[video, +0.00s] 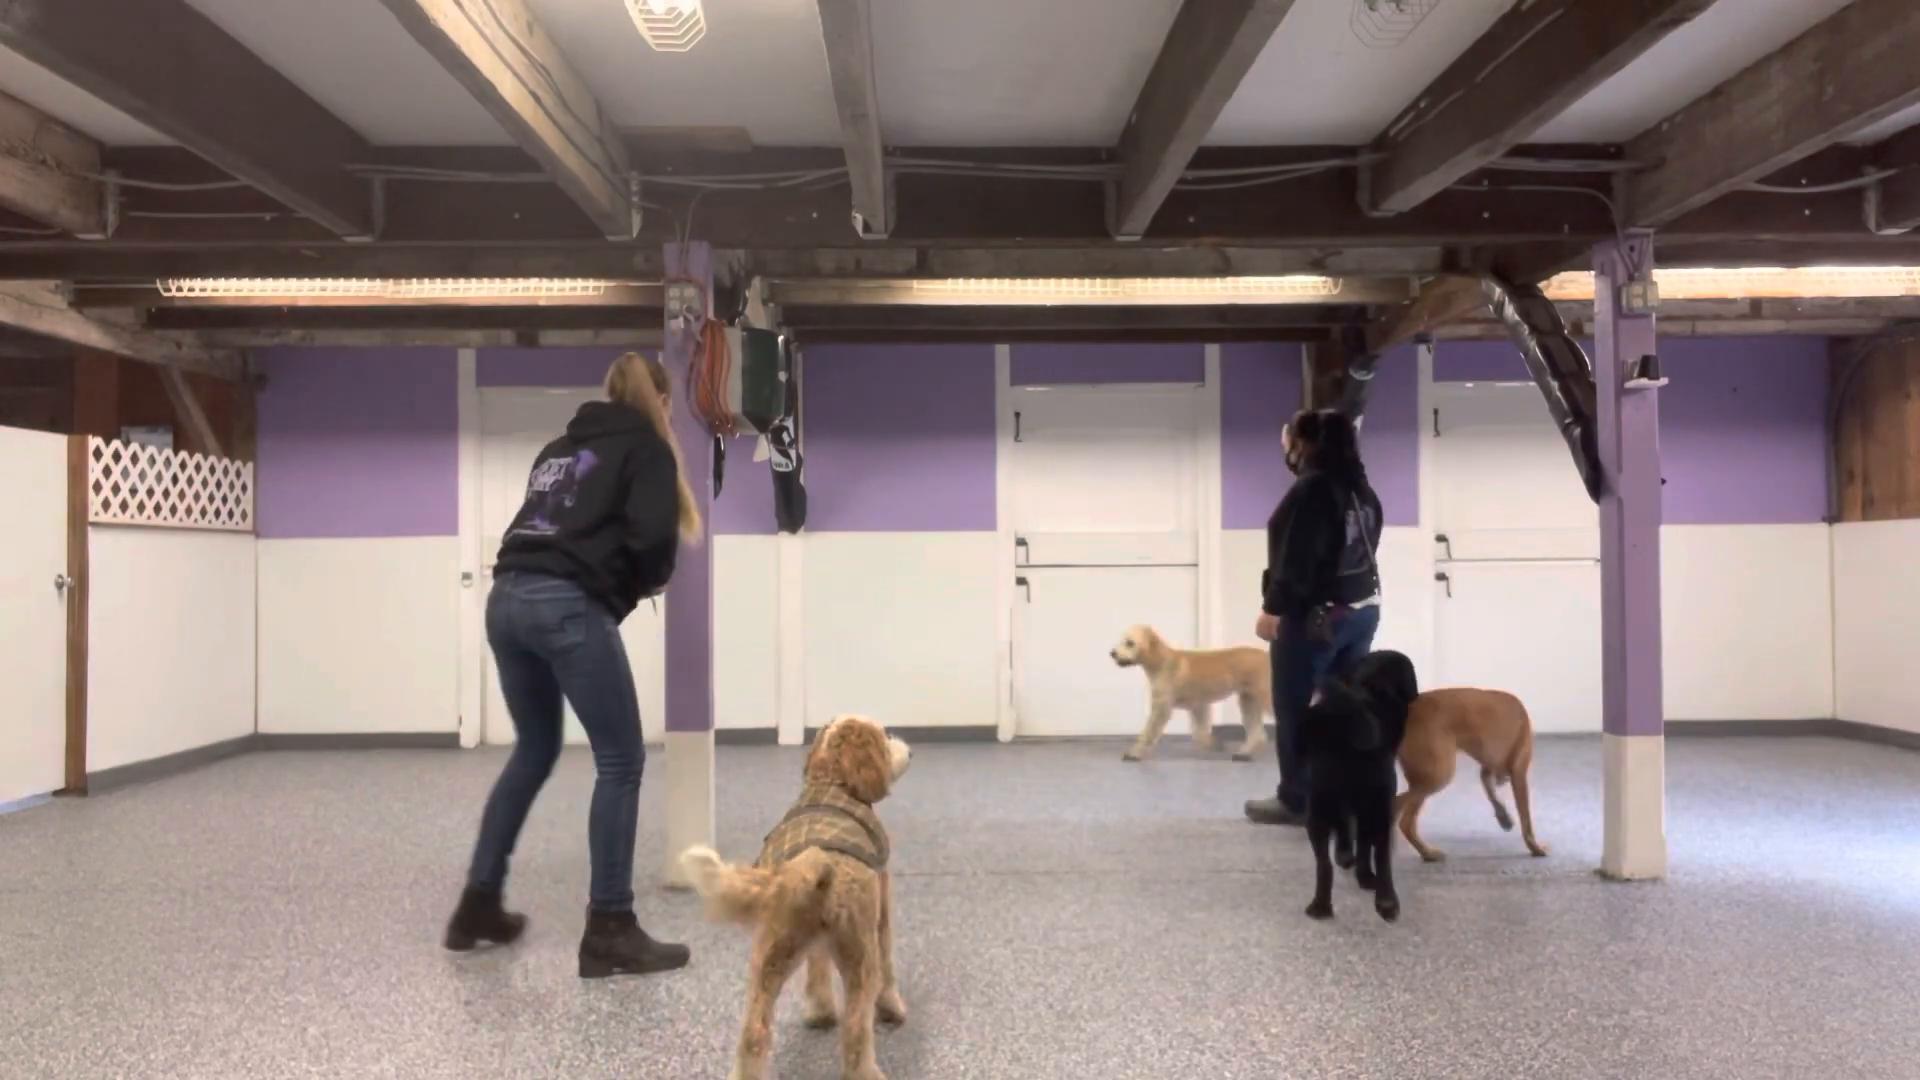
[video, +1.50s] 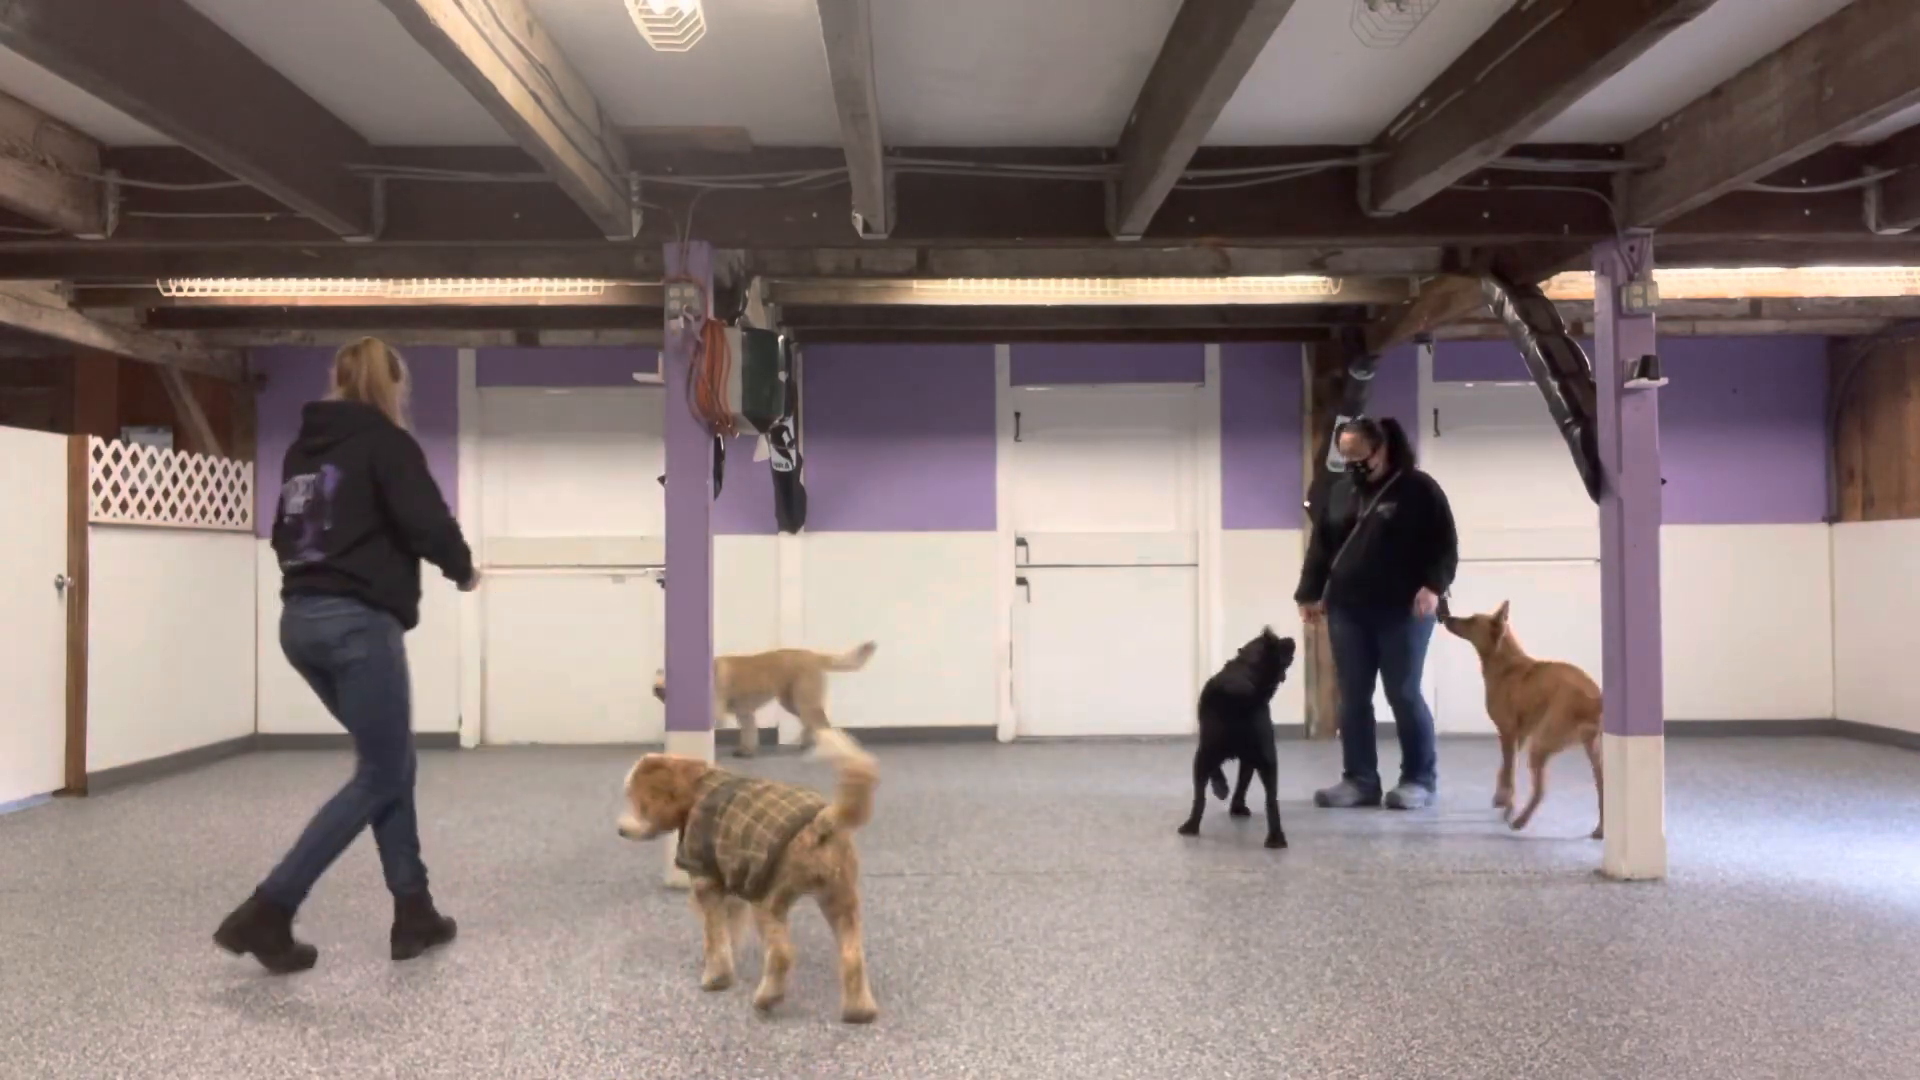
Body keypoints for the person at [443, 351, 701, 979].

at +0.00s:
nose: (671, 408)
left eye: (668, 399)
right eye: (668, 399)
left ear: (608, 395)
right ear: (659, 400)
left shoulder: (563, 444)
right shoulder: (647, 447)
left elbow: (547, 520)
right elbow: (653, 536)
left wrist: (604, 572)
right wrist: (645, 582)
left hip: (507, 599)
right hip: (568, 604)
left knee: (534, 752)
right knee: (620, 762)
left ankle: (478, 907)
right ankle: (611, 929)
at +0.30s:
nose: (572, 436)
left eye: (569, 428)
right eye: (572, 428)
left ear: (516, 423)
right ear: (565, 426)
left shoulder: (476, 469)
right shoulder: (565, 468)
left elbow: (462, 540)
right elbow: (574, 543)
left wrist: (533, 594)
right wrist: (572, 597)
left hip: (428, 611)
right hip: (496, 610)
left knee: (450, 756)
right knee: (570, 763)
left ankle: (415, 915)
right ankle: (605, 926)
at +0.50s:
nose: (537, 449)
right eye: (535, 440)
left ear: (480, 437)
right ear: (529, 441)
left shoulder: (442, 484)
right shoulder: (537, 477)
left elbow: (421, 555)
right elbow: (558, 550)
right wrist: (541, 609)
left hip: (411, 612)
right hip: (486, 609)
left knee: (436, 759)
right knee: (556, 763)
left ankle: (414, 915)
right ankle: (590, 926)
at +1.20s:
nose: (448, 417)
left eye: (445, 408)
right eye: (446, 408)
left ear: (387, 409)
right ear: (436, 406)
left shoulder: (354, 470)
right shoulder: (443, 457)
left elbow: (332, 561)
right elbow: (478, 530)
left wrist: (373, 598)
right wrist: (520, 579)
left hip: (356, 629)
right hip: (426, 619)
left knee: (427, 759)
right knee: (512, 758)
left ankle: (415, 915)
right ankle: (534, 920)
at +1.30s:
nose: (437, 408)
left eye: (434, 399)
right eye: (435, 398)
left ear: (372, 397)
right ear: (422, 397)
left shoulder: (341, 460)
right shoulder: (424, 450)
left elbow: (327, 549)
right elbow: (459, 524)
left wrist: (378, 579)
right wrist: (504, 572)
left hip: (343, 623)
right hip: (409, 616)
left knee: (420, 757)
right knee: (487, 754)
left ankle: (414, 912)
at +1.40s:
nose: (421, 398)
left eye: (419, 388)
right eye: (419, 388)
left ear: (358, 389)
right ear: (409, 388)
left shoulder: (326, 451)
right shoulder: (410, 444)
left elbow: (312, 540)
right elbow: (446, 521)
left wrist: (357, 579)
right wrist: (489, 569)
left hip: (328, 620)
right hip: (393, 616)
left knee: (410, 761)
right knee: (446, 759)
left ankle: (414, 913)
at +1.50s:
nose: (406, 395)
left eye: (404, 385)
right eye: (403, 385)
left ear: (340, 382)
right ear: (390, 386)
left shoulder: (304, 446)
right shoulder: (387, 442)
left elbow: (286, 535)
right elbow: (426, 522)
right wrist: (463, 569)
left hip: (301, 621)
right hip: (360, 622)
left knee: (392, 765)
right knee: (383, 773)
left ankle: (413, 911)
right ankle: (267, 911)